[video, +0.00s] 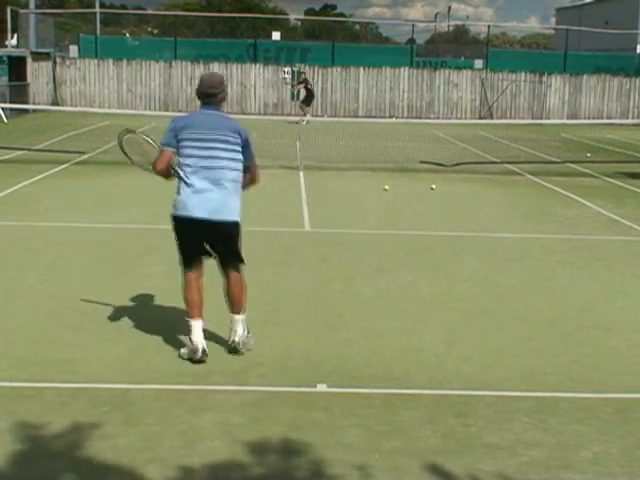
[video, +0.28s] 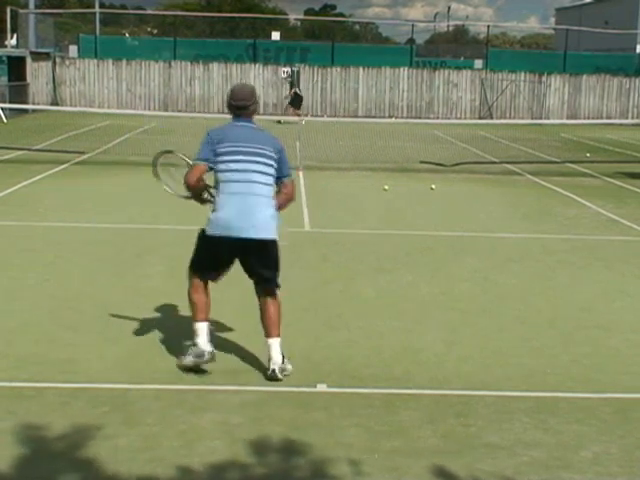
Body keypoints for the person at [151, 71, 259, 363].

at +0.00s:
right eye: (220, 93)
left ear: (197, 96)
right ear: (224, 97)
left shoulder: (180, 125)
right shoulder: (237, 130)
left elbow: (160, 167)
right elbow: (252, 177)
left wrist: (176, 171)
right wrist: (225, 182)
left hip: (188, 214)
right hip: (225, 217)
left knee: (192, 270)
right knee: (233, 268)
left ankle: (197, 342)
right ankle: (238, 333)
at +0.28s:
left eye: (234, 106)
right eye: (250, 105)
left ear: (228, 108)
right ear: (255, 109)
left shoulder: (216, 136)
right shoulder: (273, 143)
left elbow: (192, 179)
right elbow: (287, 193)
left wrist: (199, 193)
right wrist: (263, 211)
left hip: (222, 228)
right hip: (262, 231)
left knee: (199, 278)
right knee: (268, 291)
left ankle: (202, 345)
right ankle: (275, 360)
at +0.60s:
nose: (266, 107)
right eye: (268, 102)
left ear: (242, 105)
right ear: (269, 106)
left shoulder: (222, 136)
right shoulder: (281, 141)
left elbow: (196, 180)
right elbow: (297, 195)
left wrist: (226, 189)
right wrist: (279, 218)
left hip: (229, 233)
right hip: (267, 232)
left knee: (236, 302)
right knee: (283, 301)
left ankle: (236, 378)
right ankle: (297, 368)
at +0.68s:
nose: (282, 102)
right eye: (281, 98)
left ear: (249, 98)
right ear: (277, 99)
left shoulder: (226, 129)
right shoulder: (287, 132)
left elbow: (202, 175)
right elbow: (302, 189)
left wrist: (233, 189)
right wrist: (282, 217)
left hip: (230, 224)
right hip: (271, 226)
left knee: (232, 297)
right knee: (288, 296)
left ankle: (229, 377)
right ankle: (302, 372)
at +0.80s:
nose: (292, 102)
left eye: (289, 97)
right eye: (291, 98)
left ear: (257, 99)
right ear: (286, 101)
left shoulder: (233, 133)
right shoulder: (297, 136)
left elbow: (213, 183)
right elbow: (311, 195)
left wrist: (243, 197)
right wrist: (296, 224)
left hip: (236, 232)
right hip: (279, 233)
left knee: (231, 300)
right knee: (301, 302)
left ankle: (212, 379)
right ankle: (311, 383)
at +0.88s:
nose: (295, 117)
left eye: (292, 112)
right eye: (294, 113)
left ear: (260, 116)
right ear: (289, 118)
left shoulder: (237, 151)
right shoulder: (299, 154)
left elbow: (222, 203)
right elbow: (313, 213)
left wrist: (253, 211)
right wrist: (302, 244)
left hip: (240, 251)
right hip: (282, 252)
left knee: (230, 314)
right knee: (309, 320)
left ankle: (200, 380)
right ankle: (316, 403)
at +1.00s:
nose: (286, 133)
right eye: (287, 130)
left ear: (257, 132)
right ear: (286, 134)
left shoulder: (235, 164)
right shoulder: (289, 172)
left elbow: (240, 211)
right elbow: (299, 229)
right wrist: (307, 255)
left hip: (230, 264)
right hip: (271, 266)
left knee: (226, 326)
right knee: (308, 326)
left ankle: (182, 386)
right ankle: (314, 407)